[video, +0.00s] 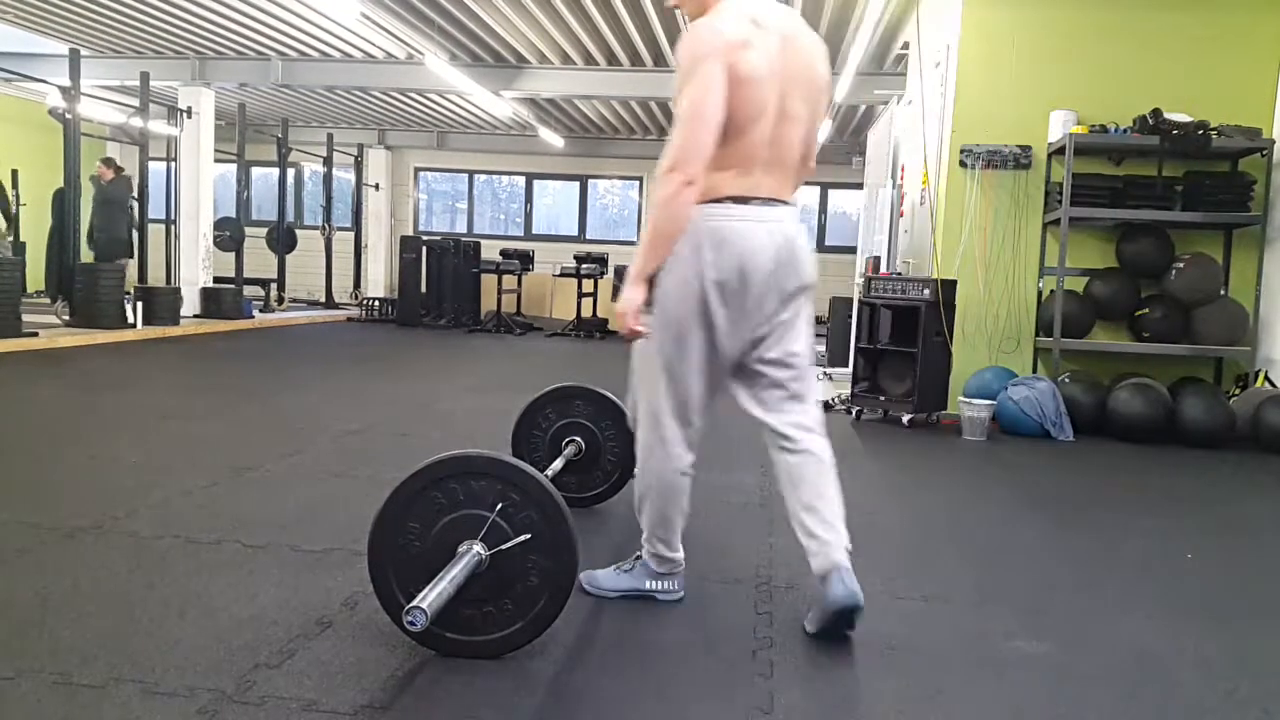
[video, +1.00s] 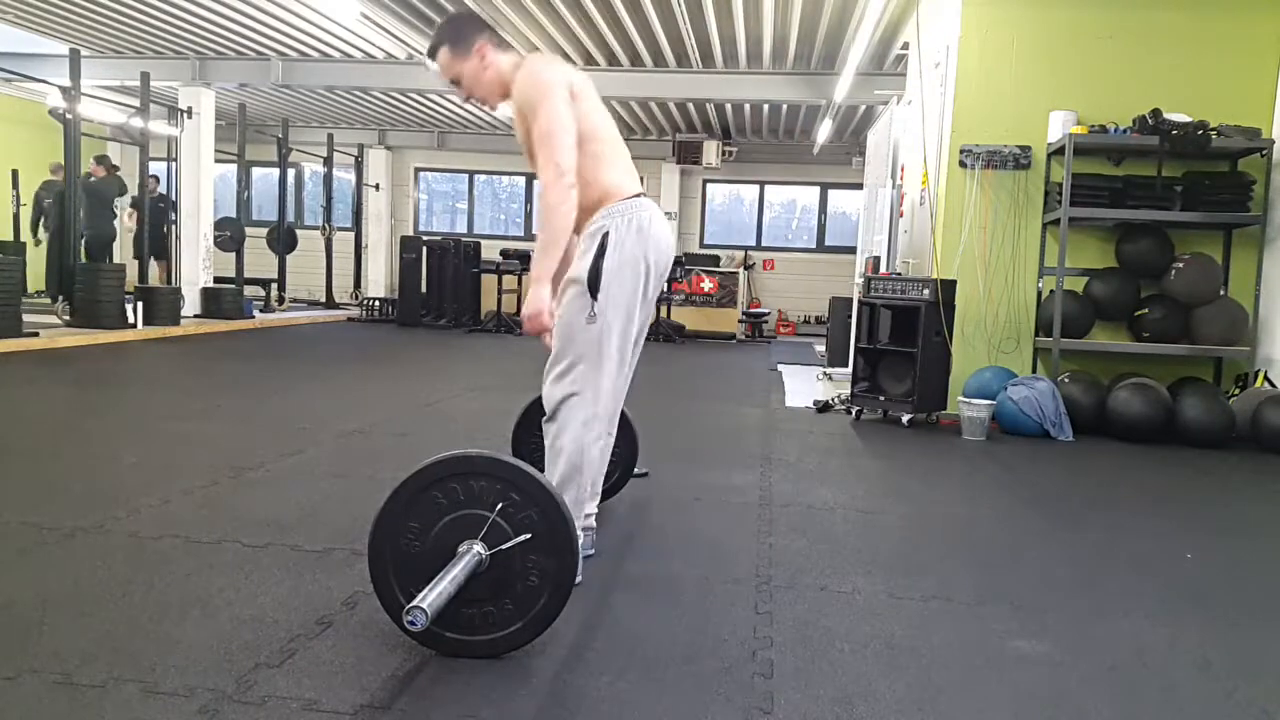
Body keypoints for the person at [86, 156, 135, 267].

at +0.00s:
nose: (98, 171)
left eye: (101, 168)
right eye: (98, 168)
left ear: (110, 169)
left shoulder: (123, 182)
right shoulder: (101, 185)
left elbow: (110, 195)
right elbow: (94, 213)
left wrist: (96, 183)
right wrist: (91, 235)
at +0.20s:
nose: (96, 170)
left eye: (98, 167)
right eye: (96, 167)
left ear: (107, 168)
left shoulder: (119, 183)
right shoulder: (101, 184)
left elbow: (95, 188)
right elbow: (95, 215)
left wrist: (93, 178)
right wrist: (91, 235)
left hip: (111, 233)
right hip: (99, 232)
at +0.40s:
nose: (94, 169)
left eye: (97, 166)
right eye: (95, 166)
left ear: (106, 168)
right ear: (108, 168)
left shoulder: (112, 185)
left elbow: (92, 187)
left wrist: (92, 175)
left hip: (104, 233)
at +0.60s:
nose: (93, 168)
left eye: (95, 165)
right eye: (94, 165)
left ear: (105, 166)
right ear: (106, 167)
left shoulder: (112, 183)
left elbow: (89, 185)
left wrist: (90, 174)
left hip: (102, 230)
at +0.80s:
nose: (92, 168)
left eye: (94, 165)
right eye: (92, 165)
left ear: (104, 167)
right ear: (105, 167)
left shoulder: (111, 183)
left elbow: (87, 185)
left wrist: (89, 175)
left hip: (100, 230)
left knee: (98, 270)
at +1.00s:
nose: (90, 167)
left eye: (92, 164)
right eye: (90, 164)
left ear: (101, 167)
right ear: (106, 167)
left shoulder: (90, 185)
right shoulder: (115, 181)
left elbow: (81, 183)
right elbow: (123, 191)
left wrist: (88, 174)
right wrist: (114, 174)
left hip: (93, 229)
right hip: (109, 228)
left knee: (94, 266)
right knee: (105, 265)